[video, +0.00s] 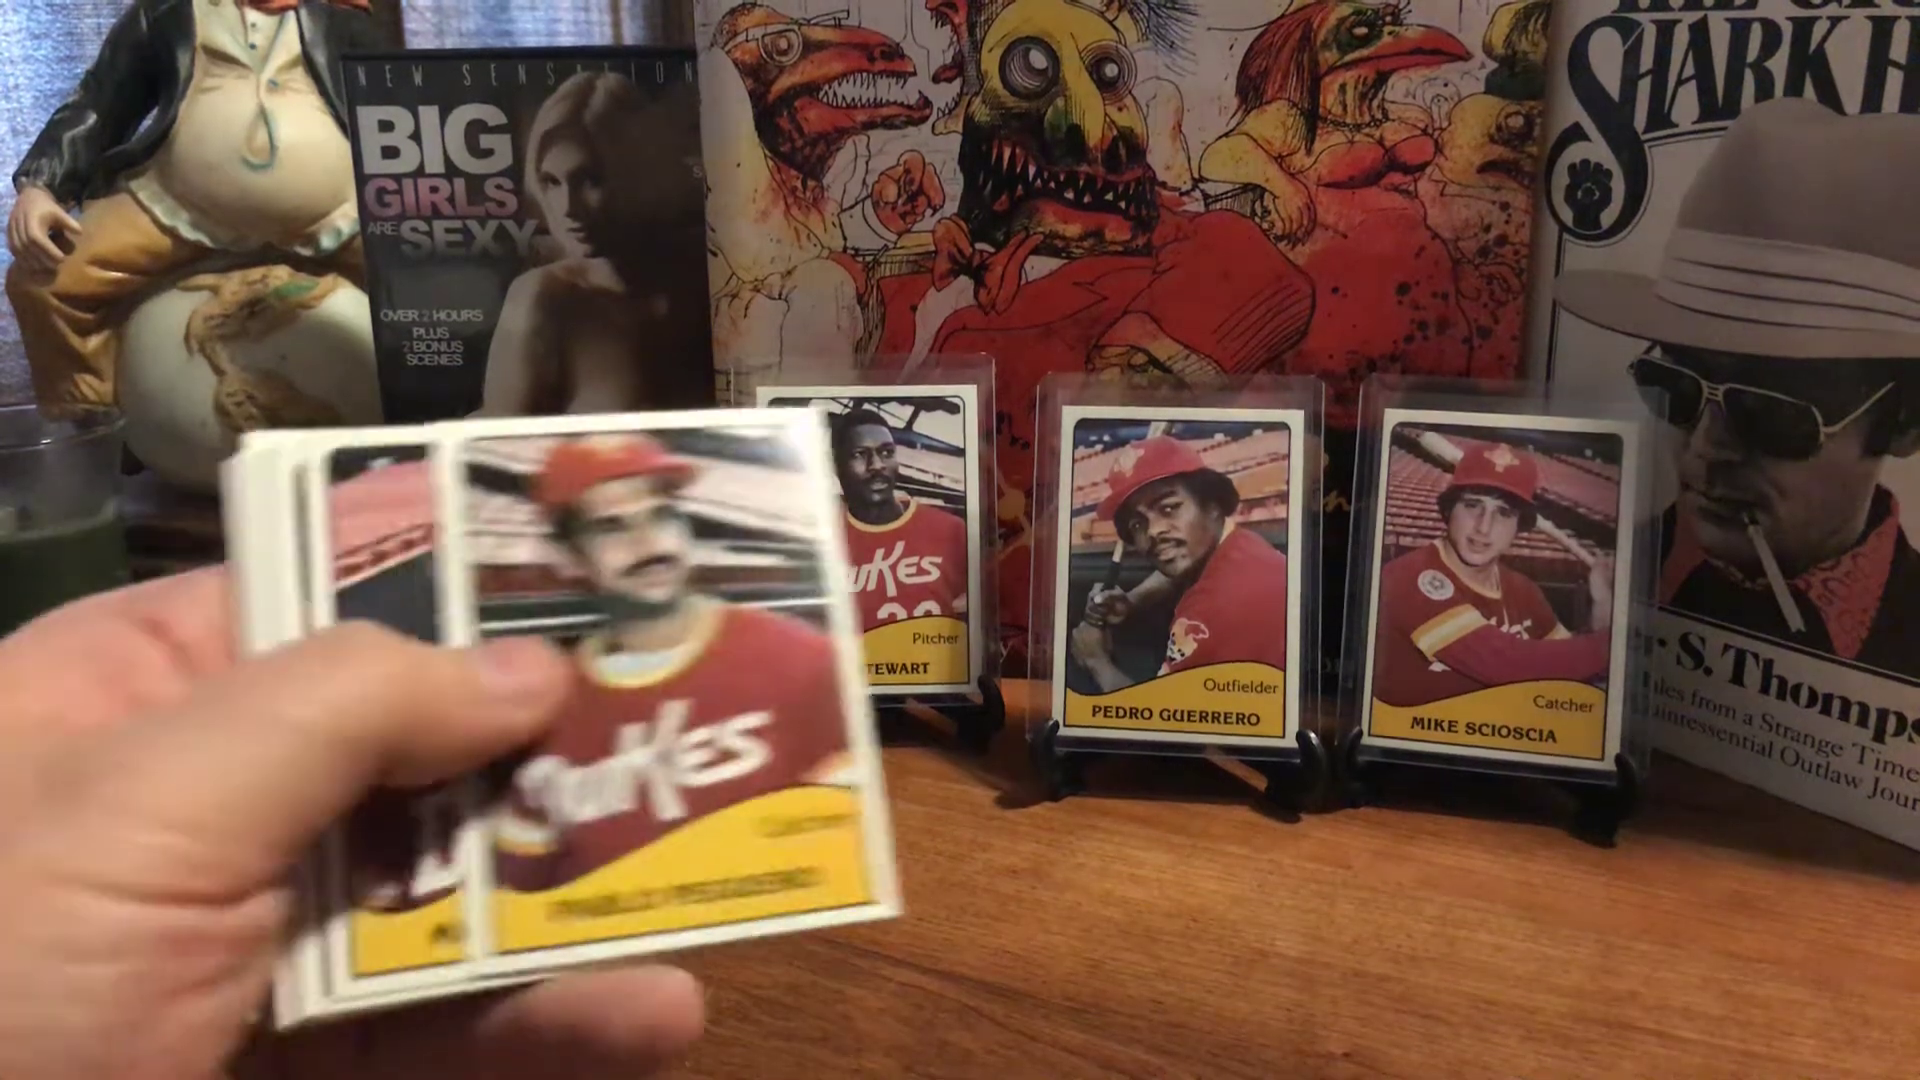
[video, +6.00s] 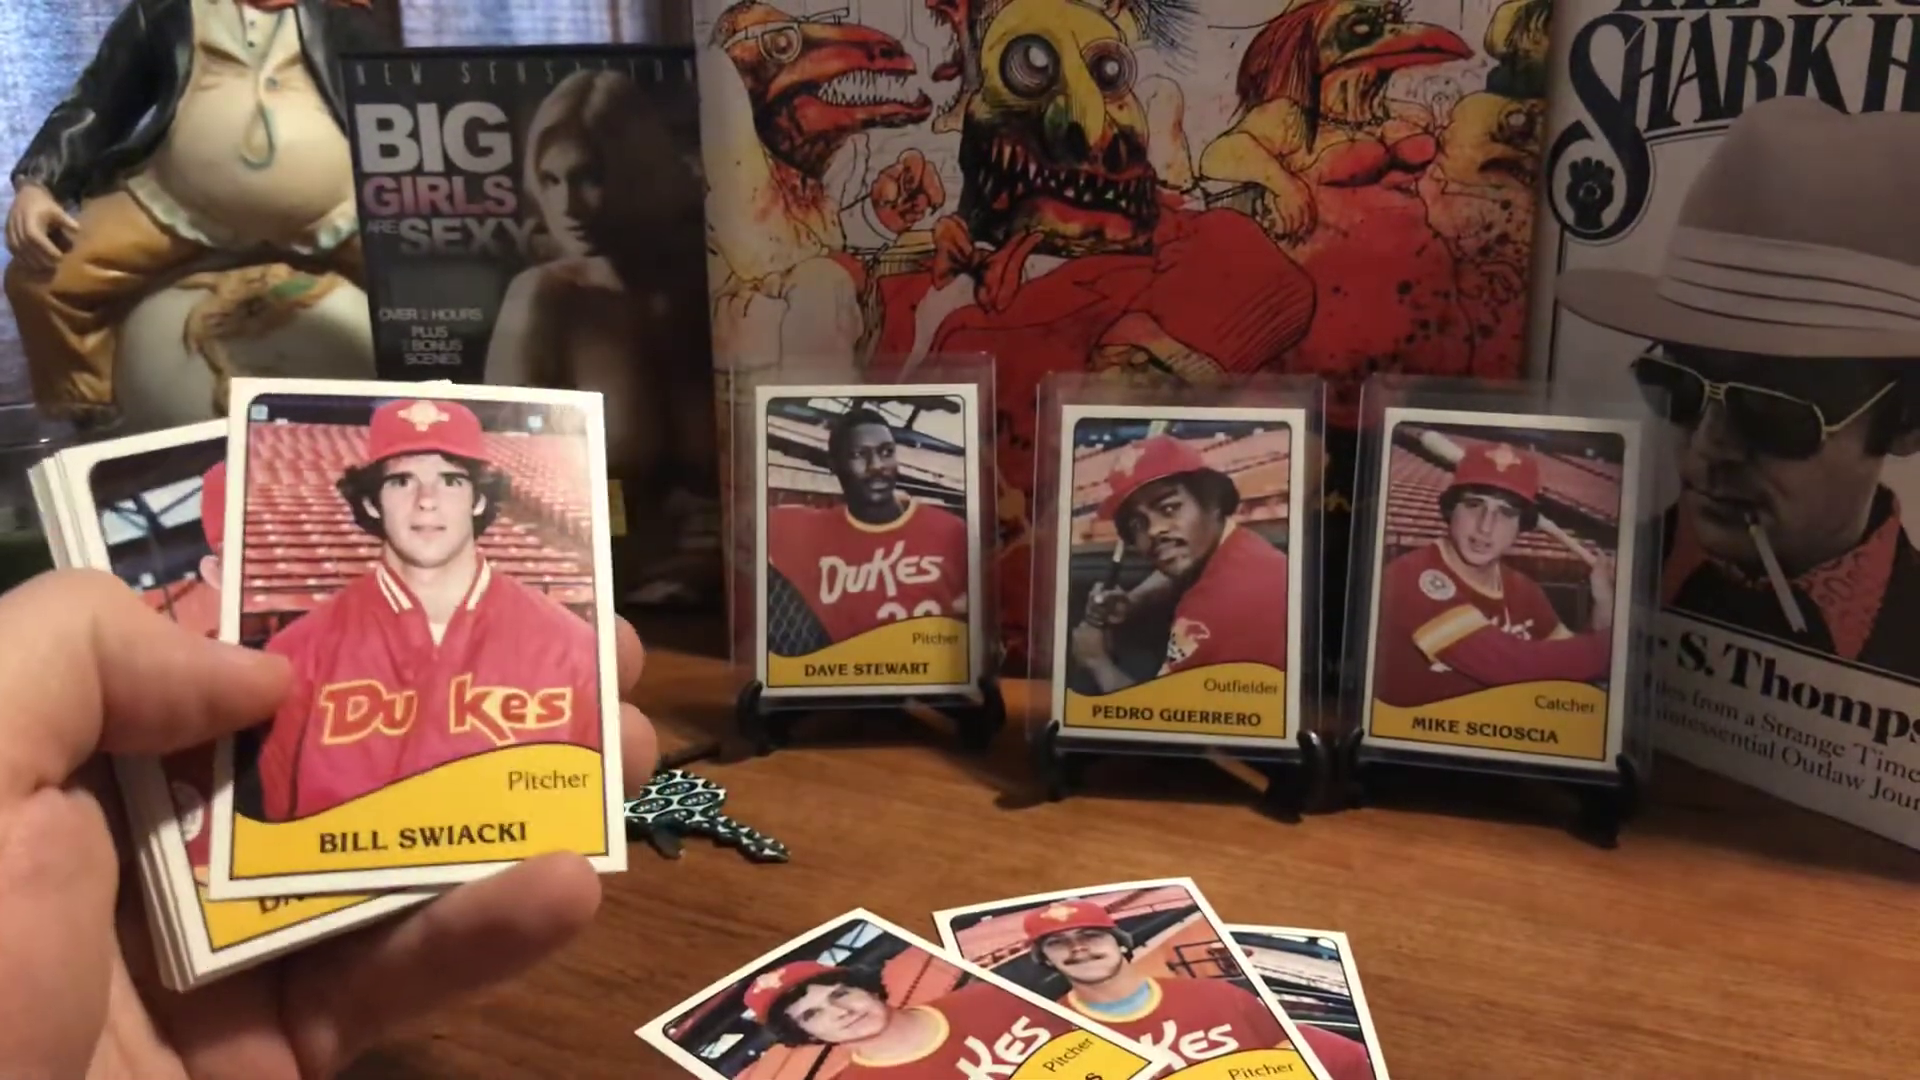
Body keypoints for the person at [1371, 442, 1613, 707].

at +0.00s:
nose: (1483, 527)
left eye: (1503, 513)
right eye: (1472, 505)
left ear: (1519, 526)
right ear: (1449, 509)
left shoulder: (1522, 591)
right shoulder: (1413, 579)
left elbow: (1575, 671)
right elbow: (1501, 664)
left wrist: (1603, 606)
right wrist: (1616, 642)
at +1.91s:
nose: (1488, 526)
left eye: (1508, 513)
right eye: (1477, 505)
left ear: (1525, 528)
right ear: (1453, 509)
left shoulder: (1527, 591)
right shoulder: (1418, 577)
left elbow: (1582, 672)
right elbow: (1506, 666)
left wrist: (1607, 606)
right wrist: (1620, 644)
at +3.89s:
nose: (1486, 526)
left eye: (1506, 513)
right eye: (1475, 505)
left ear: (1522, 527)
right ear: (1452, 509)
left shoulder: (1526, 593)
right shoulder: (1415, 579)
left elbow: (1578, 676)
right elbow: (1507, 666)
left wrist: (1605, 608)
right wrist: (1625, 641)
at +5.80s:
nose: (1485, 527)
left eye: (1505, 513)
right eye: (1474, 505)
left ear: (1520, 526)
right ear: (1450, 509)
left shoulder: (1523, 591)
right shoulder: (1414, 578)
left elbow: (1578, 671)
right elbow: (1504, 665)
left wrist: (1604, 607)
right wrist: (1616, 643)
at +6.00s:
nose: (1485, 526)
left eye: (1505, 512)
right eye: (1474, 505)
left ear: (1520, 526)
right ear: (1450, 509)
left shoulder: (1523, 591)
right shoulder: (1414, 578)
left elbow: (1578, 669)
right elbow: (1505, 664)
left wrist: (1604, 607)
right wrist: (1616, 643)